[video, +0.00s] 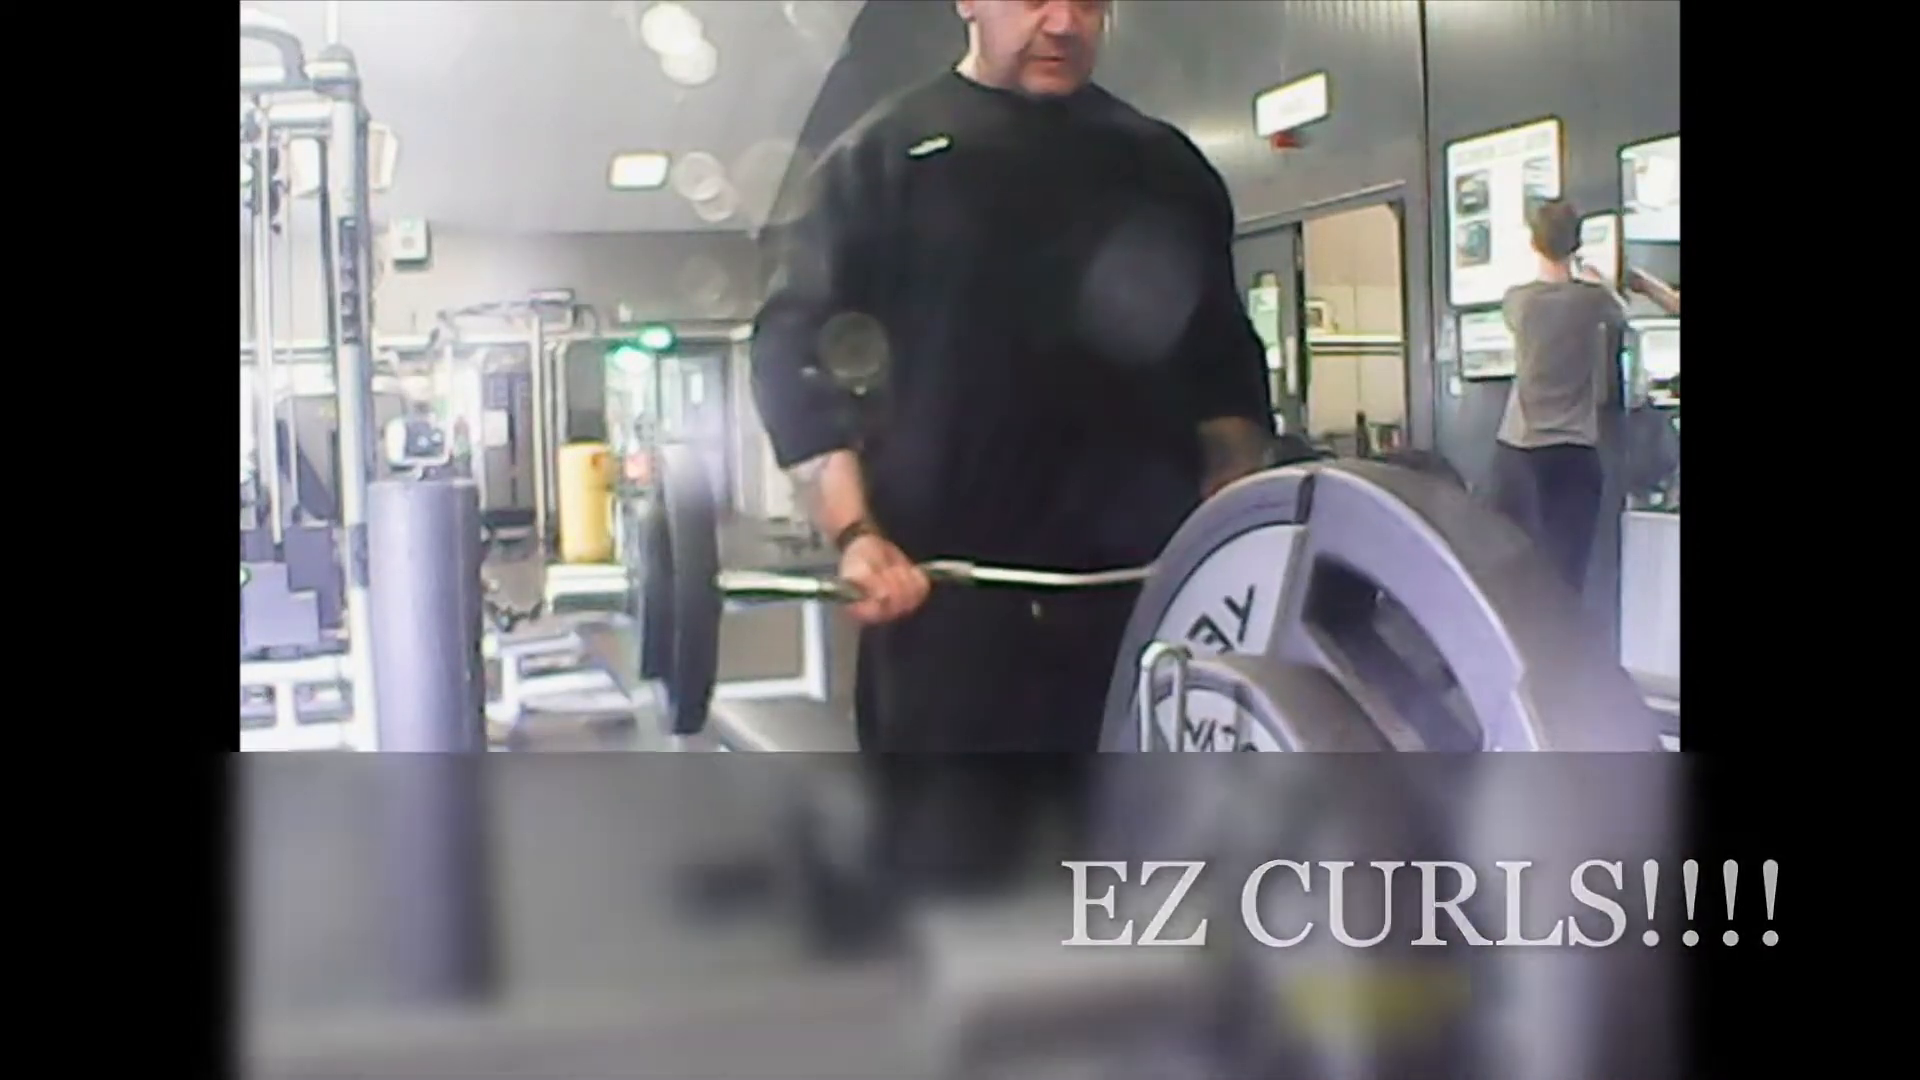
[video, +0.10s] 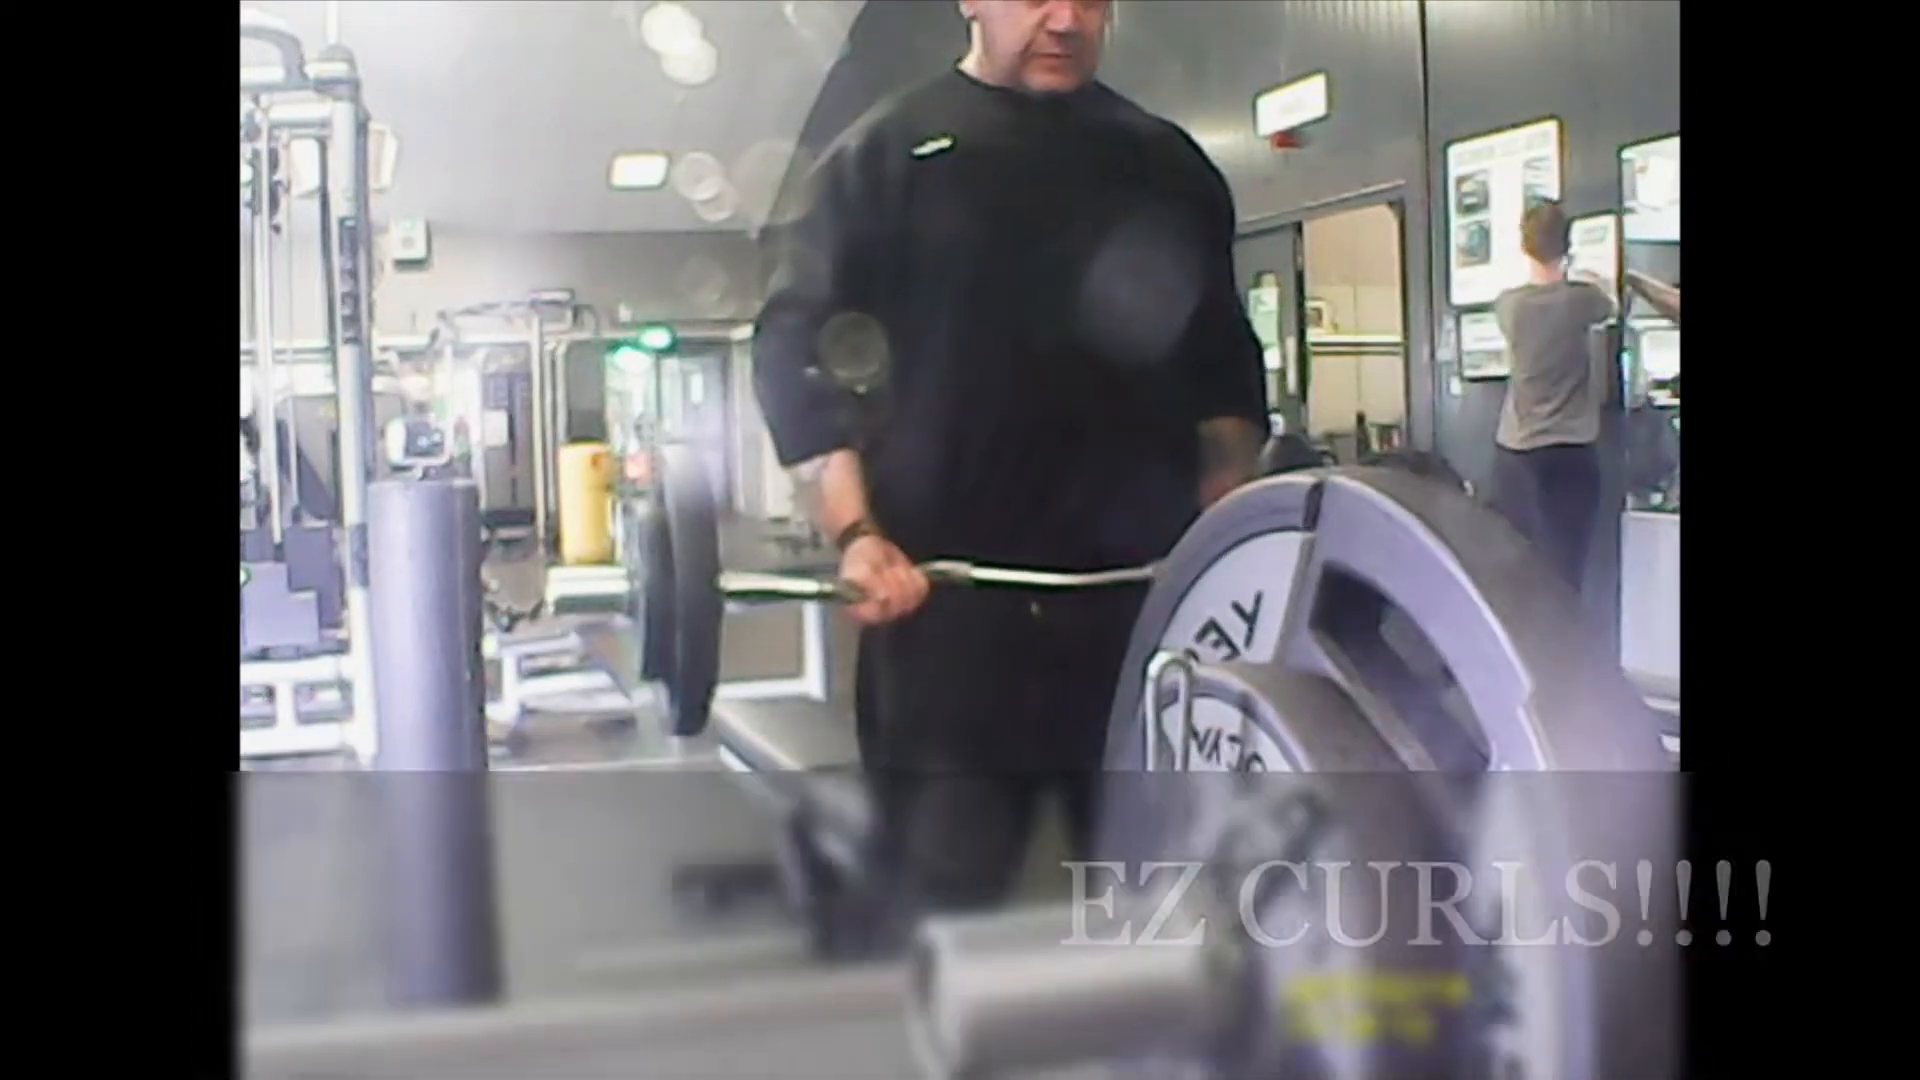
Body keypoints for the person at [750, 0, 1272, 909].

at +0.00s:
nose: (1063, 22)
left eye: (1085, 2)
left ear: (1108, 15)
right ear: (973, 6)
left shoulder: (1168, 168)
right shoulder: (882, 158)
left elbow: (1228, 384)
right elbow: (792, 343)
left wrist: (1236, 552)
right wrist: (853, 532)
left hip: (1131, 626)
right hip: (946, 624)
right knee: (946, 945)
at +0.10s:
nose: (1066, 19)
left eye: (1087, 0)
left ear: (1109, 14)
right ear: (974, 5)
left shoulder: (1171, 166)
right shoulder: (887, 153)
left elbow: (1228, 390)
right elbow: (791, 340)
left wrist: (1232, 562)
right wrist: (853, 531)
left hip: (1138, 626)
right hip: (948, 623)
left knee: (1158, 957)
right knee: (940, 964)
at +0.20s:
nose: (1073, 14)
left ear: (1116, 10)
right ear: (980, 3)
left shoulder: (1173, 162)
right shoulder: (890, 150)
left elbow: (1224, 376)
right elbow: (794, 340)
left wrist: (1235, 551)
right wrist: (853, 531)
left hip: (1136, 610)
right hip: (948, 610)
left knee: (1164, 935)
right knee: (930, 948)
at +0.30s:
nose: (1075, 13)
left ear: (1118, 11)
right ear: (982, 4)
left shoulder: (1176, 162)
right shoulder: (891, 150)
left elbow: (1223, 381)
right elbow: (798, 341)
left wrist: (1233, 558)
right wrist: (853, 531)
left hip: (1135, 610)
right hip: (947, 609)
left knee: (1166, 936)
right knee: (921, 948)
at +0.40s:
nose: (1088, 11)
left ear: (1128, 7)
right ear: (992, 4)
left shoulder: (1185, 162)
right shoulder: (891, 152)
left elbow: (1221, 365)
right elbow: (804, 344)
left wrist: (1221, 521)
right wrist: (852, 533)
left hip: (1134, 613)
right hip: (946, 612)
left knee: (1169, 941)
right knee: (920, 956)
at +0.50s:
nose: (1109, 13)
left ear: (1148, 10)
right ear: (1005, 5)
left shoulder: (1201, 168)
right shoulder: (902, 148)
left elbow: (1223, 372)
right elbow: (810, 345)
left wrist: (1212, 530)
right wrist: (851, 539)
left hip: (1139, 612)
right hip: (943, 612)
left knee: (1161, 945)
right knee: (917, 958)